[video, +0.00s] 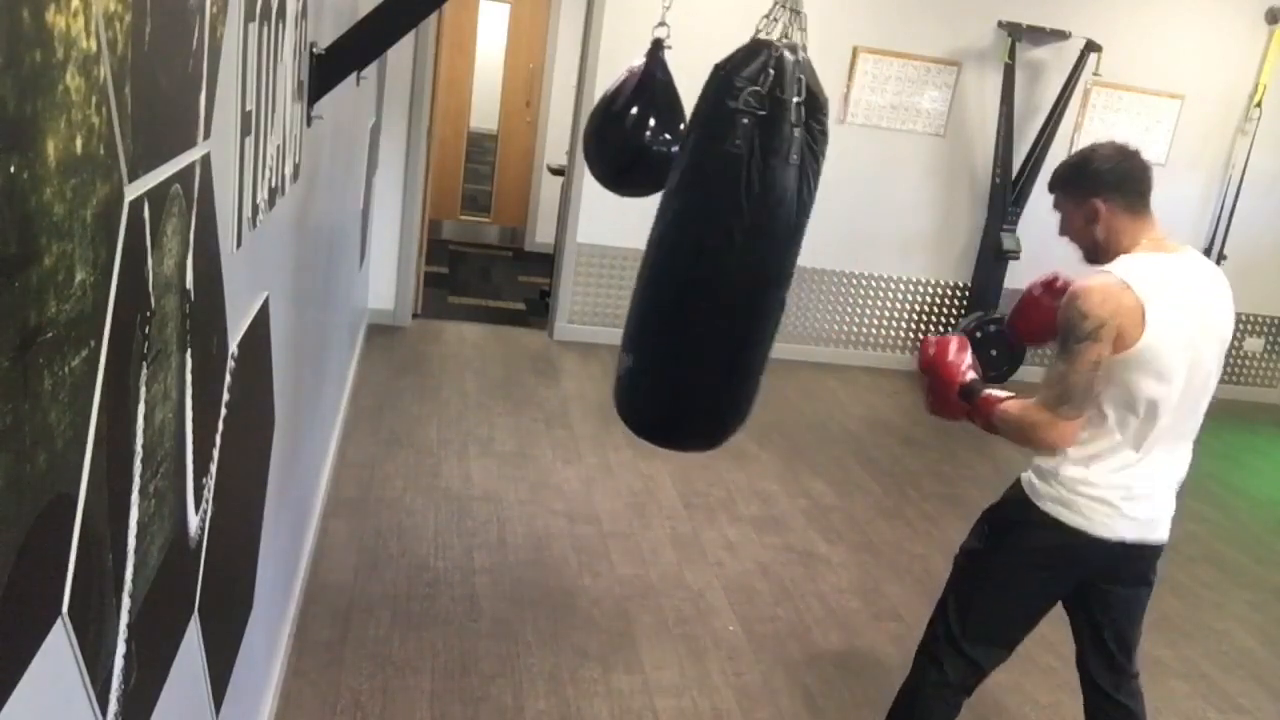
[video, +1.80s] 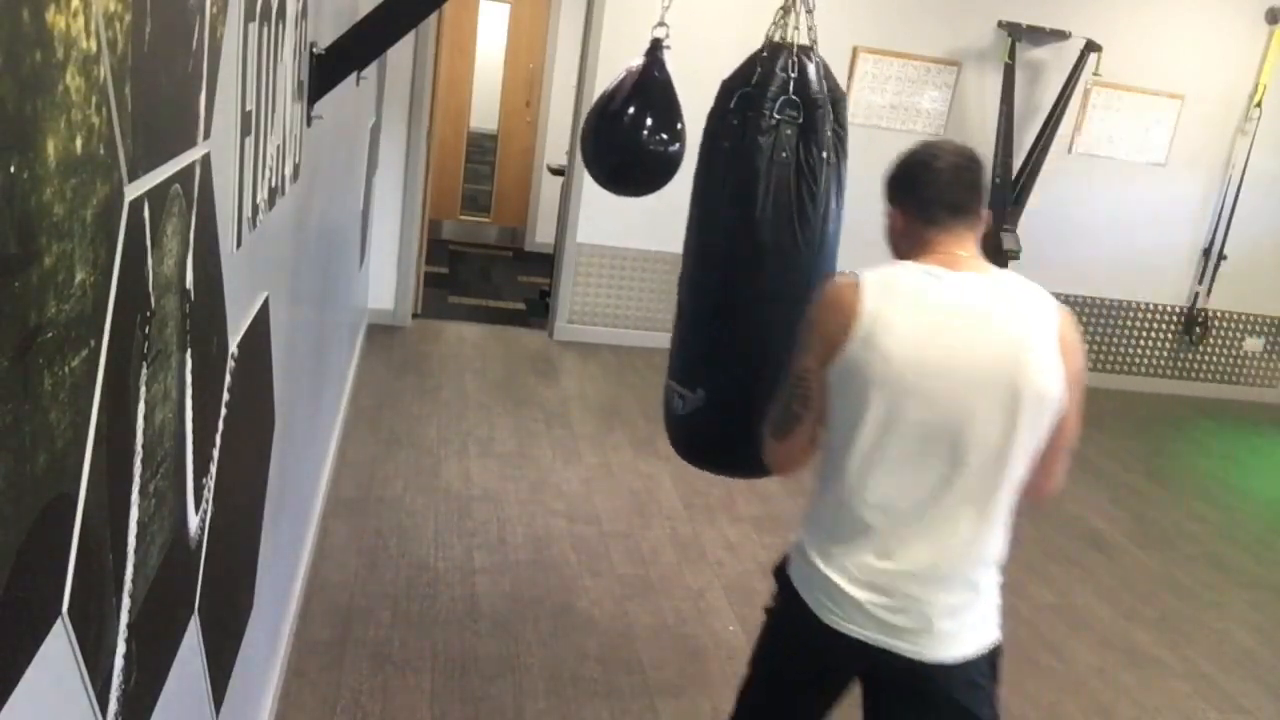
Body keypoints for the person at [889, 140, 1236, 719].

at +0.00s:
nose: (1062, 229)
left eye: (1064, 213)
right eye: (1060, 214)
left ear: (1099, 210)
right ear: (1136, 200)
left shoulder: (1100, 298)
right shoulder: (1212, 284)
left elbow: (1052, 430)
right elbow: (1146, 376)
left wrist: (971, 396)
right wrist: (1071, 320)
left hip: (1054, 520)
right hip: (1140, 533)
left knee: (948, 663)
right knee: (1115, 687)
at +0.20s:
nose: (997, 255)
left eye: (996, 239)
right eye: (994, 240)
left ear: (1017, 230)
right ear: (1068, 219)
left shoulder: (1024, 309)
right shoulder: (1159, 291)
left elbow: (958, 433)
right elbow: (1181, 407)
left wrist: (931, 348)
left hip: (1032, 548)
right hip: (1125, 560)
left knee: (938, 696)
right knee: (1112, 704)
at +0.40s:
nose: (959, 233)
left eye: (958, 218)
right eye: (957, 218)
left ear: (974, 210)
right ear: (1040, 201)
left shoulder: (959, 294)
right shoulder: (1139, 284)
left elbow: (900, 407)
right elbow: (1163, 417)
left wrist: (920, 311)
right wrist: (1084, 374)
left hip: (985, 563)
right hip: (1100, 576)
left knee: (919, 708)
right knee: (1084, 714)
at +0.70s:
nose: (1019, 217)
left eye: (1022, 204)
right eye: (1024, 204)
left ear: (1032, 208)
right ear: (1112, 219)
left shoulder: (969, 303)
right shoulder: (1178, 335)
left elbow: (886, 450)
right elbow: (1183, 492)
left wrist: (949, 403)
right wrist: (1098, 465)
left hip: (938, 604)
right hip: (1063, 635)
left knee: (898, 711)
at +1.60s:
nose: (978, 237)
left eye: (979, 221)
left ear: (994, 227)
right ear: (1085, 234)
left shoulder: (936, 317)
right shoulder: (1156, 357)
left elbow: (832, 471)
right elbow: (1138, 510)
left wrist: (867, 373)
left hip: (883, 661)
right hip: (1025, 688)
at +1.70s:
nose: (928, 238)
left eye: (930, 224)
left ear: (944, 230)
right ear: (1031, 229)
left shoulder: (893, 318)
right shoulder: (1105, 353)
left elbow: (816, 476)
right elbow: (1084, 506)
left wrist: (834, 370)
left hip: (851, 655)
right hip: (989, 683)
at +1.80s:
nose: (886, 229)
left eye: (887, 215)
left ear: (896, 219)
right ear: (985, 220)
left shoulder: (850, 302)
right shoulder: (1055, 330)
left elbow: (784, 449)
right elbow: (1045, 483)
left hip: (822, 612)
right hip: (949, 640)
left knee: (765, 712)